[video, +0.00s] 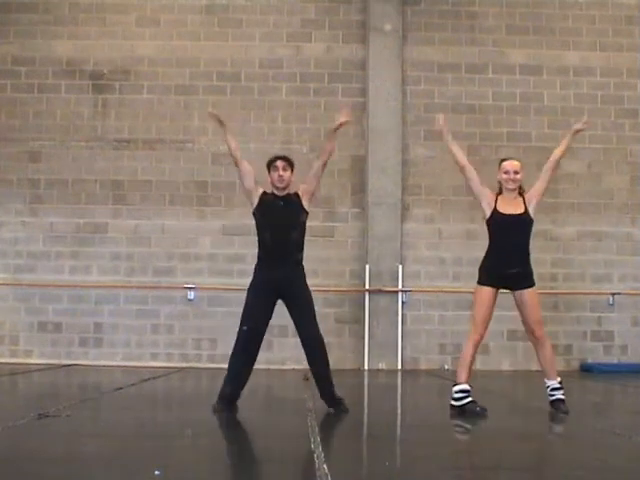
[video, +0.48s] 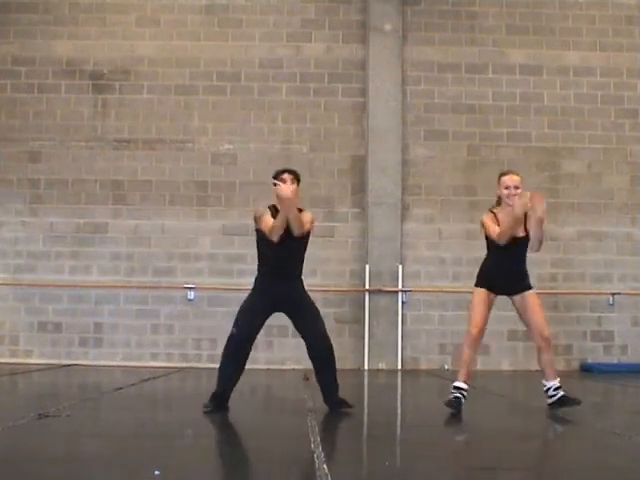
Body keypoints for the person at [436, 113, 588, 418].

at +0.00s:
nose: (511, 175)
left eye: (516, 172)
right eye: (506, 172)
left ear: (522, 177)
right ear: (499, 176)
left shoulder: (529, 200)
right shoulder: (489, 200)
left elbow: (551, 165)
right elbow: (466, 166)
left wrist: (571, 134)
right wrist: (446, 136)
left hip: (521, 273)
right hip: (491, 272)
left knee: (538, 333)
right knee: (477, 335)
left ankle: (555, 389)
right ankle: (460, 391)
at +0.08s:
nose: (513, 178)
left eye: (518, 174)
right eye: (509, 173)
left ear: (524, 178)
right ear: (501, 177)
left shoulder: (531, 201)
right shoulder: (491, 199)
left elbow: (551, 172)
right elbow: (471, 169)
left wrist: (552, 142)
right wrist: (478, 136)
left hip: (521, 275)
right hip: (491, 274)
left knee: (537, 334)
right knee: (480, 335)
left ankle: (554, 390)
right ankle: (461, 392)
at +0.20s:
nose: (514, 187)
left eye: (519, 183)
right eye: (509, 183)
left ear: (525, 187)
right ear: (501, 186)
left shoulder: (531, 211)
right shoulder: (493, 210)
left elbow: (550, 203)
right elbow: (477, 195)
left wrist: (522, 219)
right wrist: (502, 217)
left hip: (521, 278)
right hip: (492, 277)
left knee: (535, 342)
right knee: (491, 338)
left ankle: (556, 392)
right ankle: (462, 394)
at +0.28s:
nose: (514, 192)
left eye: (518, 188)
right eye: (509, 187)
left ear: (524, 191)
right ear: (501, 191)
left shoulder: (531, 217)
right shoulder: (491, 214)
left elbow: (554, 228)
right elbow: (474, 215)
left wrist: (526, 231)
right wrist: (503, 225)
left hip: (521, 282)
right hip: (493, 282)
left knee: (535, 346)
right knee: (495, 342)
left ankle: (556, 394)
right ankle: (463, 394)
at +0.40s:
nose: (512, 189)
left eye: (517, 185)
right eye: (507, 185)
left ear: (523, 188)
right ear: (498, 188)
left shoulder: (529, 214)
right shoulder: (488, 212)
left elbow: (550, 235)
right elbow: (489, 225)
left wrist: (532, 210)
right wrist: (507, 203)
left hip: (519, 279)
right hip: (490, 278)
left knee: (538, 338)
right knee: (485, 338)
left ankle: (556, 391)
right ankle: (462, 393)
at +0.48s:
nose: (512, 193)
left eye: (516, 188)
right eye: (507, 188)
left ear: (522, 191)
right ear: (498, 191)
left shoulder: (527, 214)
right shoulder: (489, 217)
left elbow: (535, 246)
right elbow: (500, 238)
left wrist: (537, 218)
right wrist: (516, 213)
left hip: (517, 279)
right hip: (489, 279)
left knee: (544, 336)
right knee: (475, 333)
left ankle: (553, 391)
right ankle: (459, 389)